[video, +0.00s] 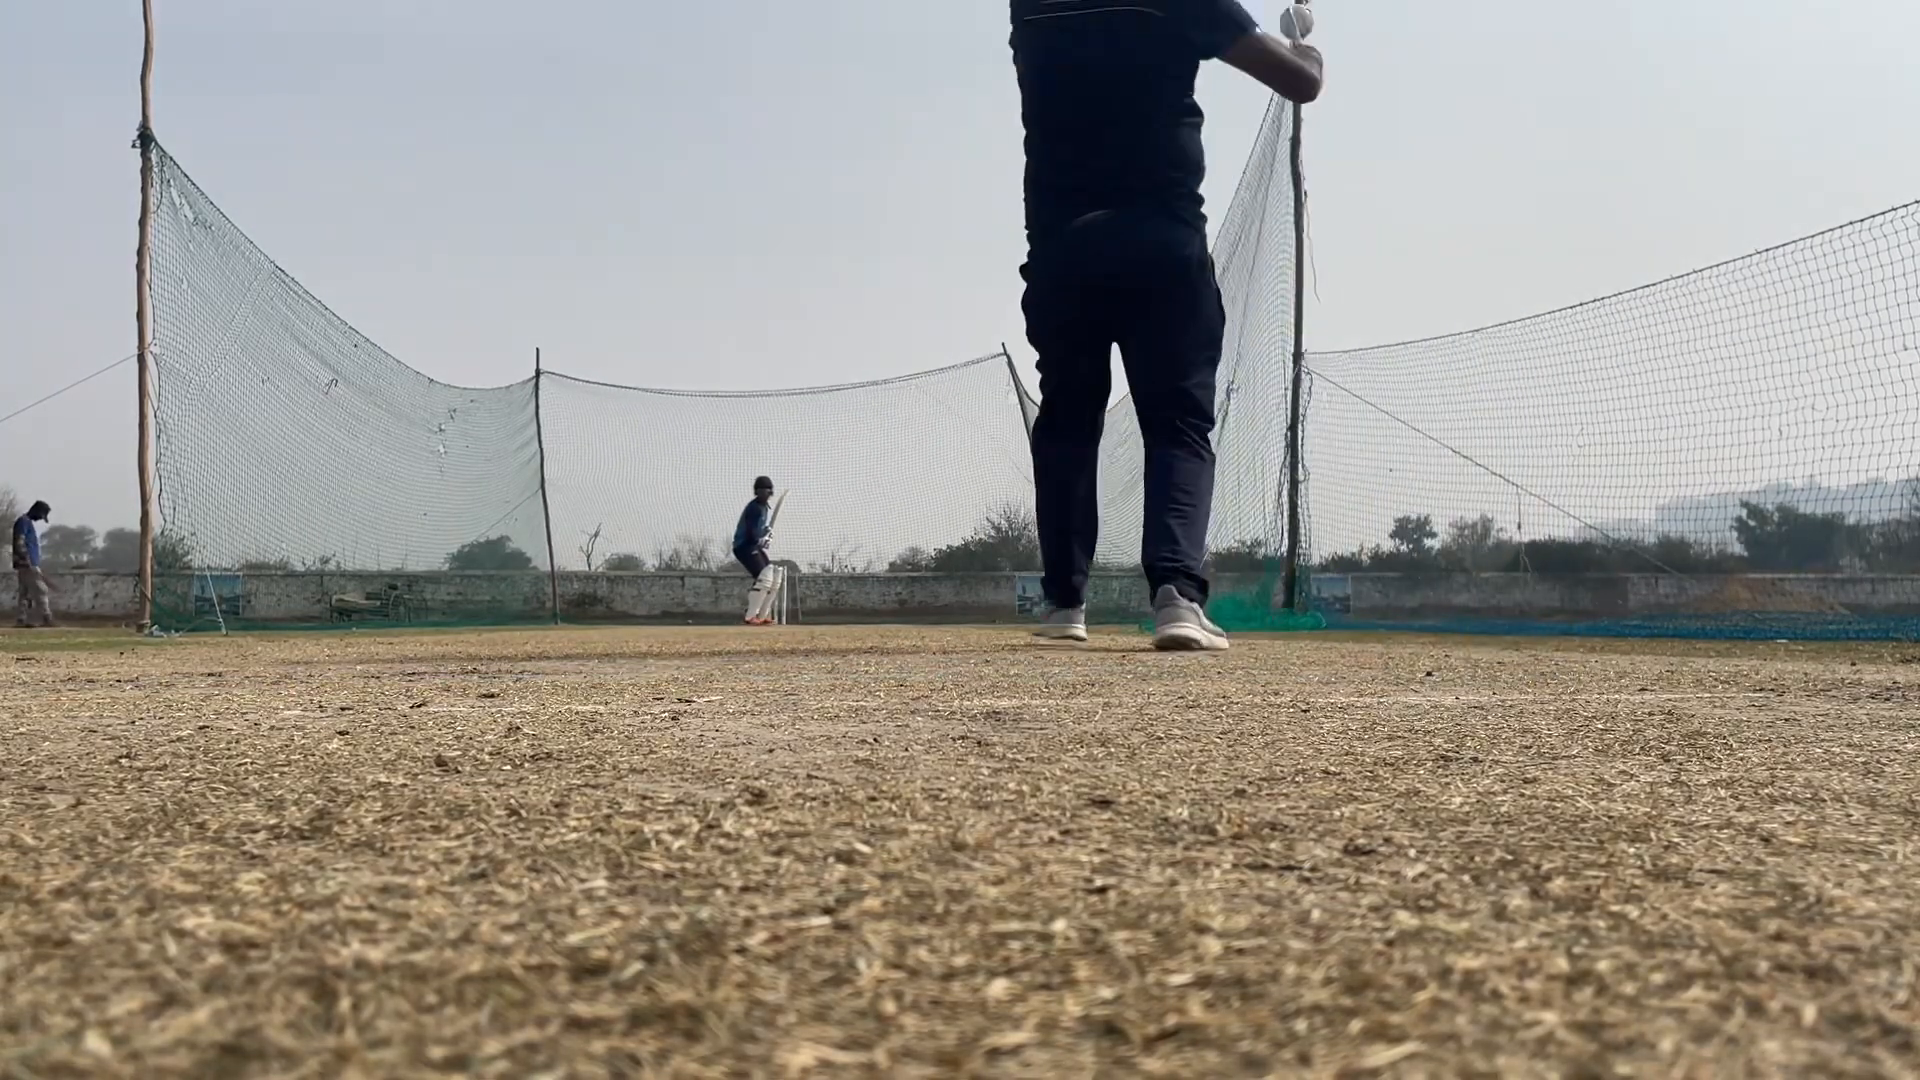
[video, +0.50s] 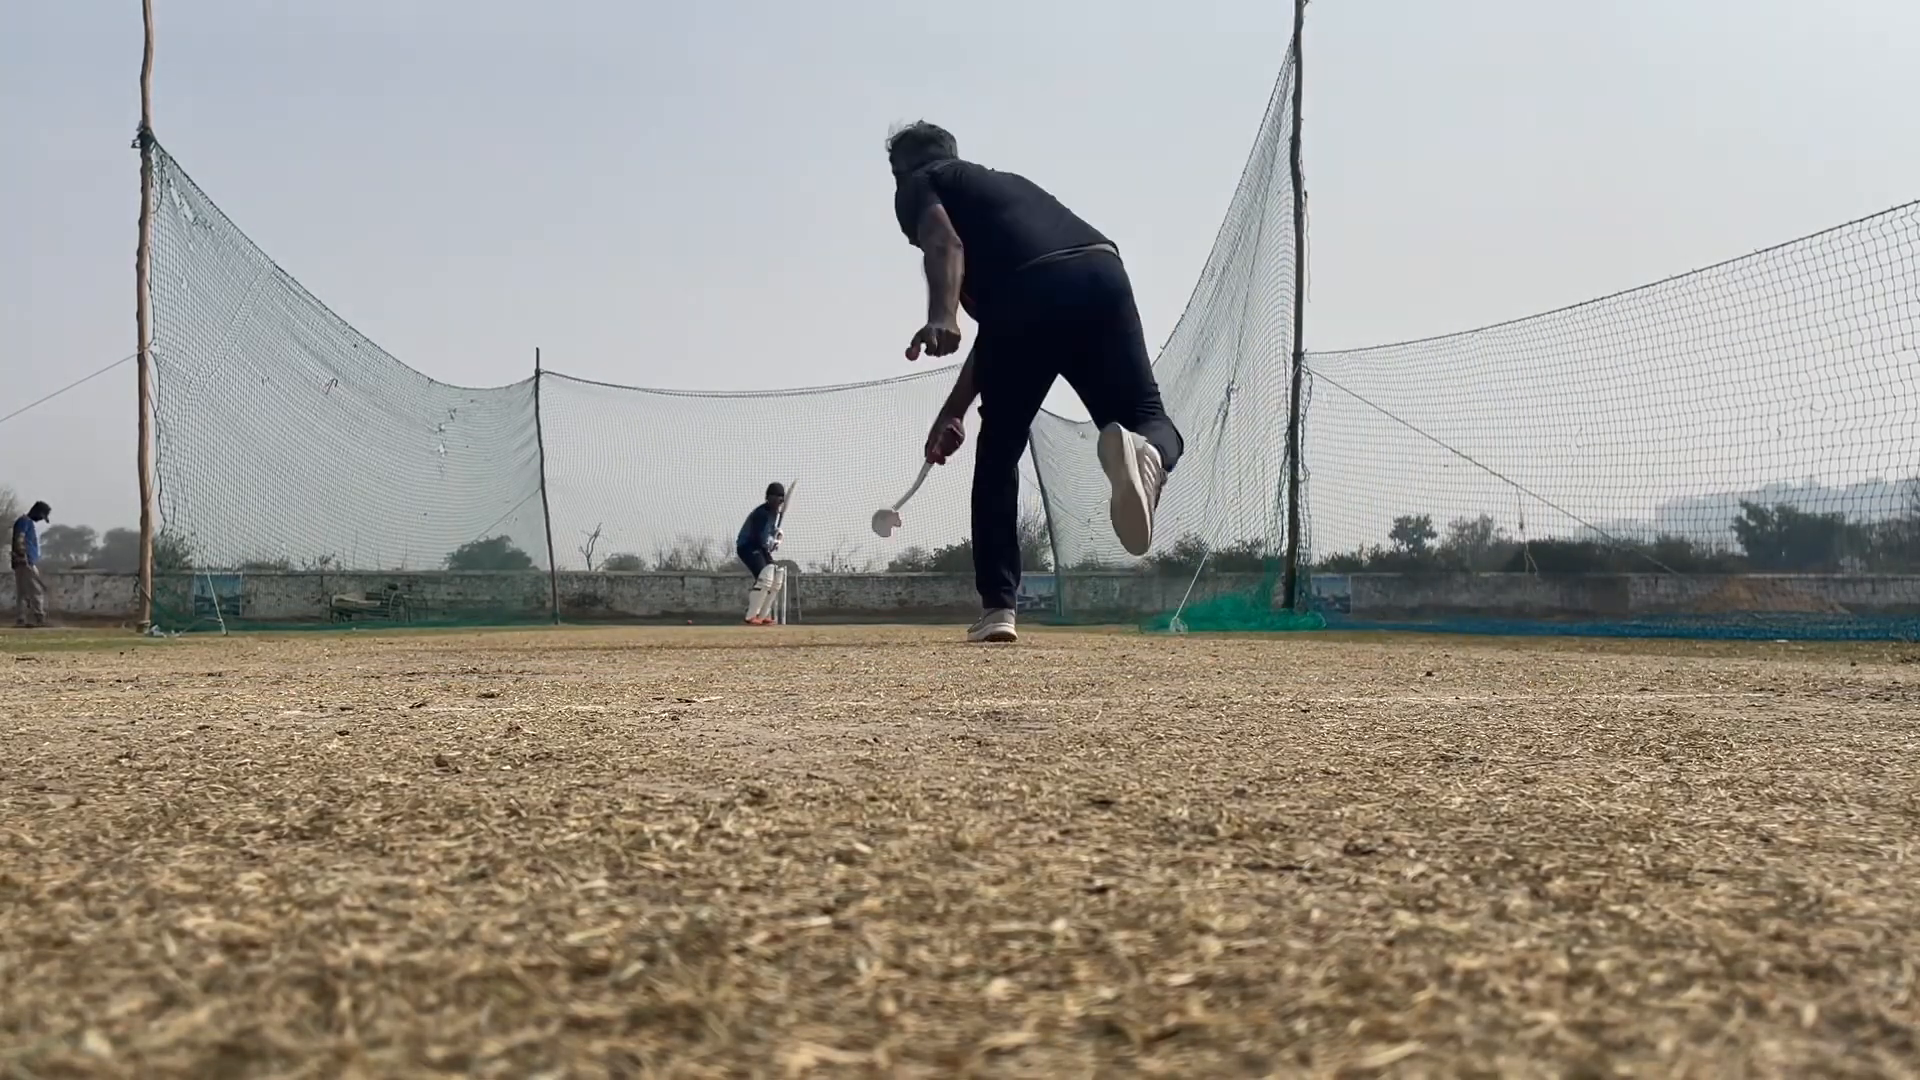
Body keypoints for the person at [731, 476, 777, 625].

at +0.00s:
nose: (768, 493)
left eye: (770, 490)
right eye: (764, 490)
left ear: (771, 491)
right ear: (757, 491)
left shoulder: (764, 508)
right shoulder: (754, 507)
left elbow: (763, 528)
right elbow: (753, 532)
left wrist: (766, 538)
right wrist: (763, 536)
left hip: (755, 545)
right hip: (744, 546)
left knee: (774, 576)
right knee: (764, 576)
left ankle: (762, 616)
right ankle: (751, 615)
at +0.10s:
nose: (769, 493)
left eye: (771, 490)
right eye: (766, 490)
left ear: (772, 491)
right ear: (758, 491)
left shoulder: (765, 508)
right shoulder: (755, 508)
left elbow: (765, 527)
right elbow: (751, 533)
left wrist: (767, 536)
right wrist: (761, 541)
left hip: (755, 546)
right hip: (744, 546)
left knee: (774, 575)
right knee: (765, 576)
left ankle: (763, 616)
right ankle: (751, 616)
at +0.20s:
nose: (771, 493)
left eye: (772, 490)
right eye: (767, 490)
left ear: (773, 491)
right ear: (759, 491)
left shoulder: (766, 508)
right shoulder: (757, 507)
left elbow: (766, 528)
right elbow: (753, 532)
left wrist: (768, 537)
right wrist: (762, 540)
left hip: (756, 546)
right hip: (745, 546)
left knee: (774, 576)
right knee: (765, 576)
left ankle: (763, 616)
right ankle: (751, 616)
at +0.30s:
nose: (773, 494)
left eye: (775, 491)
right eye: (770, 491)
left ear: (776, 493)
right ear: (762, 492)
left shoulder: (770, 509)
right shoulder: (757, 508)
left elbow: (769, 527)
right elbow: (754, 532)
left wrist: (770, 538)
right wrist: (763, 541)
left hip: (757, 546)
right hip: (746, 546)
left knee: (774, 576)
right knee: (765, 577)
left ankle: (763, 615)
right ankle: (751, 615)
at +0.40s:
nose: (778, 497)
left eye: (779, 493)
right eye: (774, 493)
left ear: (779, 495)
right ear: (765, 494)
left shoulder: (772, 511)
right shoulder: (759, 510)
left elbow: (771, 528)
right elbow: (756, 533)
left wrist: (772, 538)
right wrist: (765, 543)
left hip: (759, 546)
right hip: (747, 546)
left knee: (775, 576)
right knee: (765, 577)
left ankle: (763, 616)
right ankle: (751, 615)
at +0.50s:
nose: (781, 500)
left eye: (783, 496)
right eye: (778, 496)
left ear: (782, 498)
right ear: (769, 497)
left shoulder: (773, 513)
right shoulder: (762, 513)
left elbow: (772, 529)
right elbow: (762, 538)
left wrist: (777, 535)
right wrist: (772, 543)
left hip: (760, 547)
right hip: (747, 547)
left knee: (777, 577)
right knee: (766, 575)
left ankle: (763, 615)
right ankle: (751, 615)